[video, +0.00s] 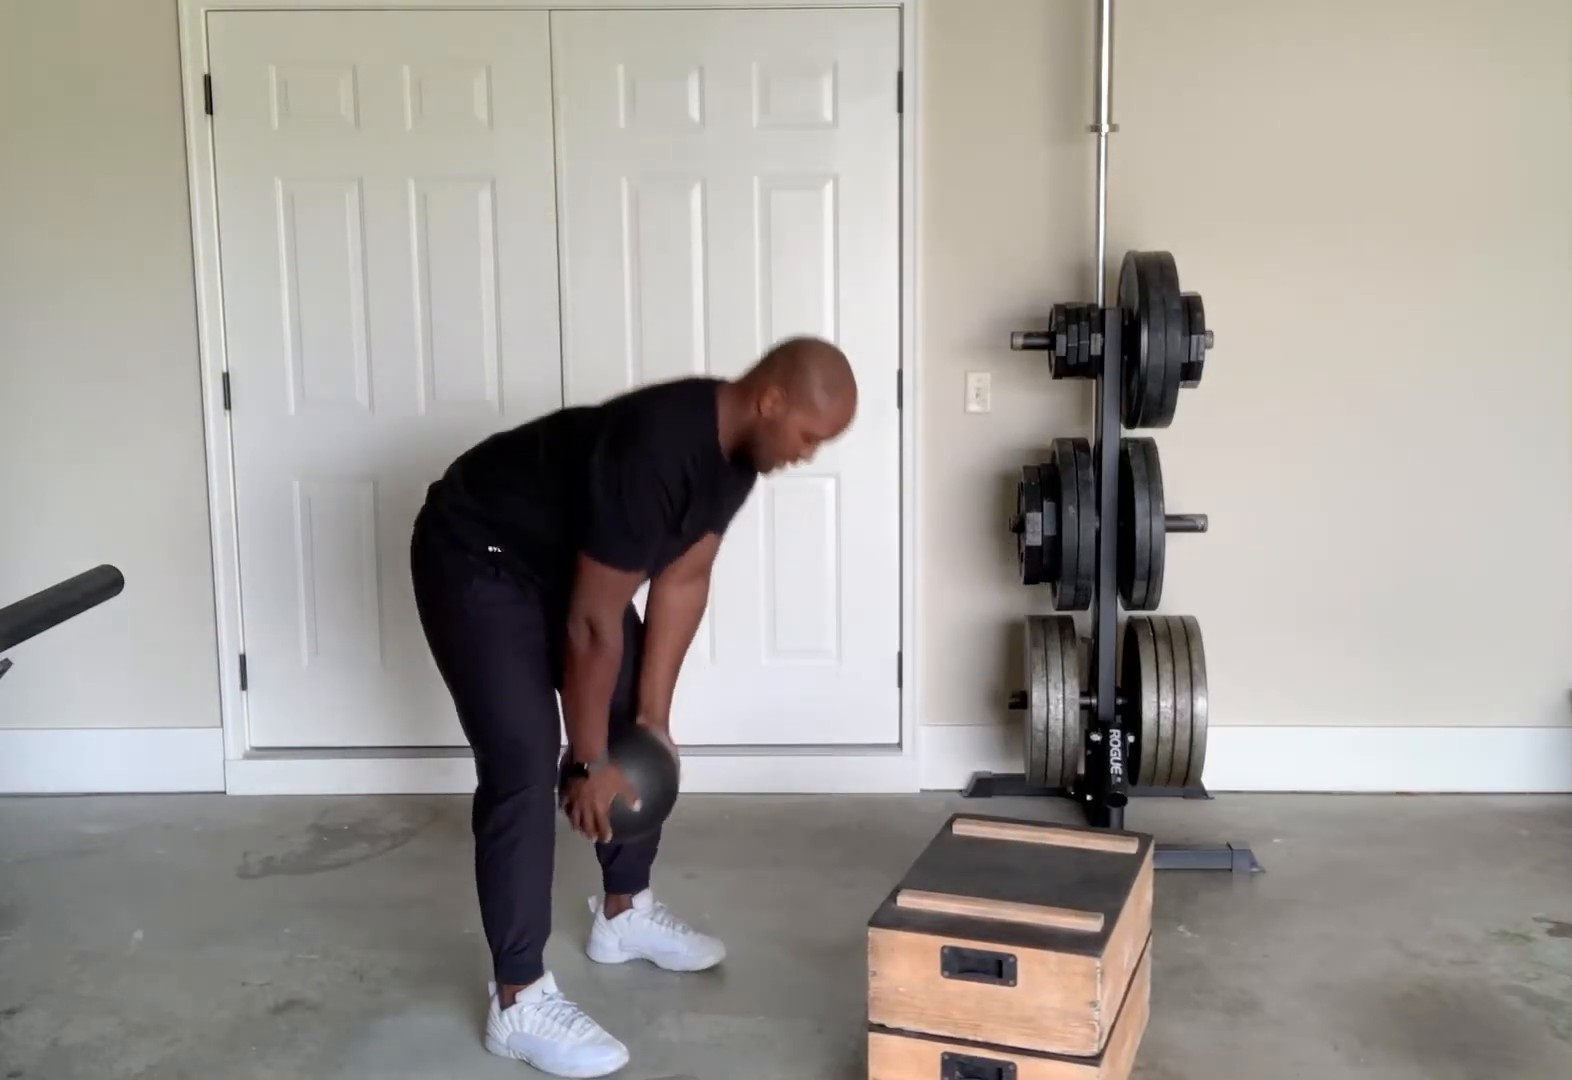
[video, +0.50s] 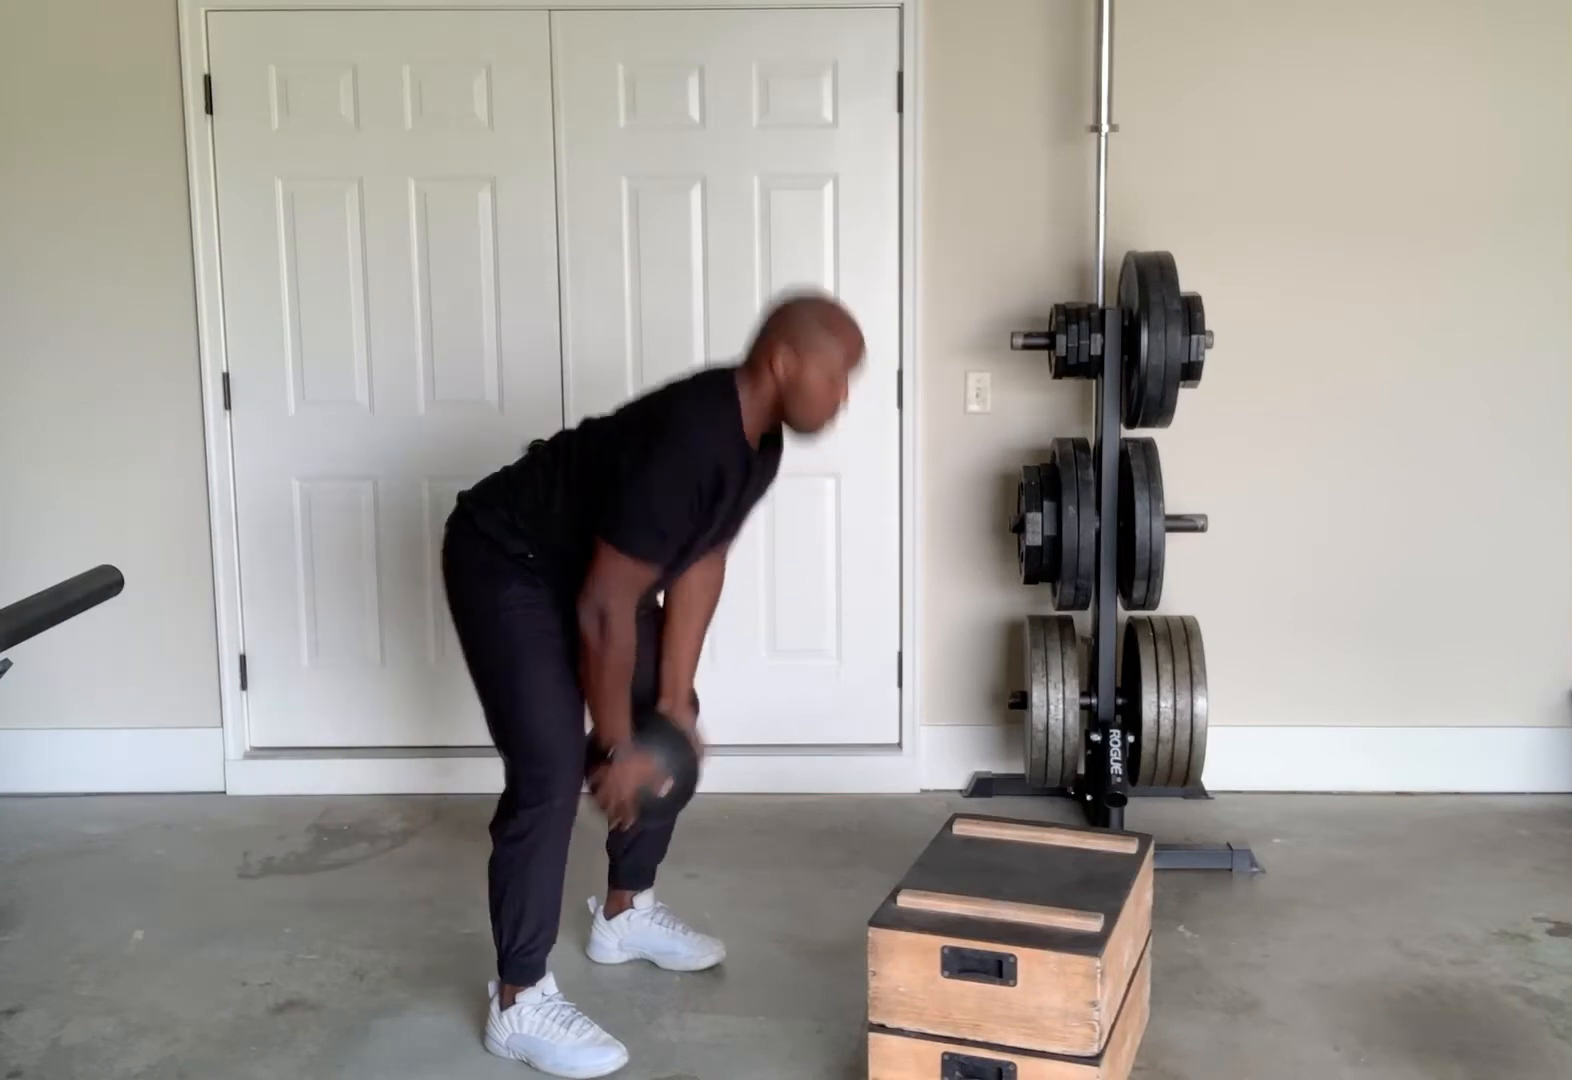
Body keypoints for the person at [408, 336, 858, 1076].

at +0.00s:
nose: (809, 453)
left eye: (821, 443)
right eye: (809, 435)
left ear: (773, 404)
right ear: (768, 400)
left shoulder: (739, 451)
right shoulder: (656, 444)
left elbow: (683, 578)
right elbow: (591, 621)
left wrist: (652, 721)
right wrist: (587, 759)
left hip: (569, 561)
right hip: (475, 553)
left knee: (637, 726)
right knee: (520, 766)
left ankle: (624, 914)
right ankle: (518, 997)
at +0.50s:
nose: (842, 397)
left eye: (848, 379)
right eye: (836, 376)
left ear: (789, 363)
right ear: (782, 360)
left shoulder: (761, 437)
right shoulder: (690, 435)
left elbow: (700, 566)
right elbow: (604, 600)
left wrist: (675, 700)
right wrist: (615, 743)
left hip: (597, 564)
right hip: (504, 554)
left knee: (669, 728)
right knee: (548, 766)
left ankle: (624, 912)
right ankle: (518, 997)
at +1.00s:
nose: (822, 160)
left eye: (819, 143)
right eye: (801, 145)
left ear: (798, 149)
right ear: (745, 150)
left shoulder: (789, 219)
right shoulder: (698, 205)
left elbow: (794, 57)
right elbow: (711, 43)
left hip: (765, 490)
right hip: (706, 484)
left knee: (686, 706)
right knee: (899, 566)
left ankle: (631, 900)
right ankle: (927, 804)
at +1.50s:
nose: (821, 134)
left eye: (823, 115)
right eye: (796, 113)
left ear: (815, 122)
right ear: (739, 122)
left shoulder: (803, 196)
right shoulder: (703, 204)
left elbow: (837, 71)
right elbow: (712, 47)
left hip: (816, 476)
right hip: (767, 479)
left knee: (754, 685)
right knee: (971, 592)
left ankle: (674, 869)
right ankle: (951, 820)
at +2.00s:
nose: (670, 167)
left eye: (668, 152)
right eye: (652, 153)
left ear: (623, 167)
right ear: (596, 167)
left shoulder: (677, 280)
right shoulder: (571, 279)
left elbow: (703, 412)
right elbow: (583, 426)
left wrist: (761, 368)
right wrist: (721, 360)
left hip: (692, 508)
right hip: (633, 509)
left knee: (657, 709)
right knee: (808, 574)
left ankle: (622, 914)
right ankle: (882, 802)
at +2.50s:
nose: (602, 185)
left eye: (604, 169)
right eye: (585, 168)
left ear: (580, 174)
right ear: (525, 169)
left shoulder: (597, 280)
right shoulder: (479, 287)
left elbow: (615, 423)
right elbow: (477, 453)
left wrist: (671, 516)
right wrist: (618, 520)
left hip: (623, 548)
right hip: (535, 557)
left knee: (645, 732)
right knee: (531, 762)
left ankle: (623, 912)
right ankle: (506, 989)